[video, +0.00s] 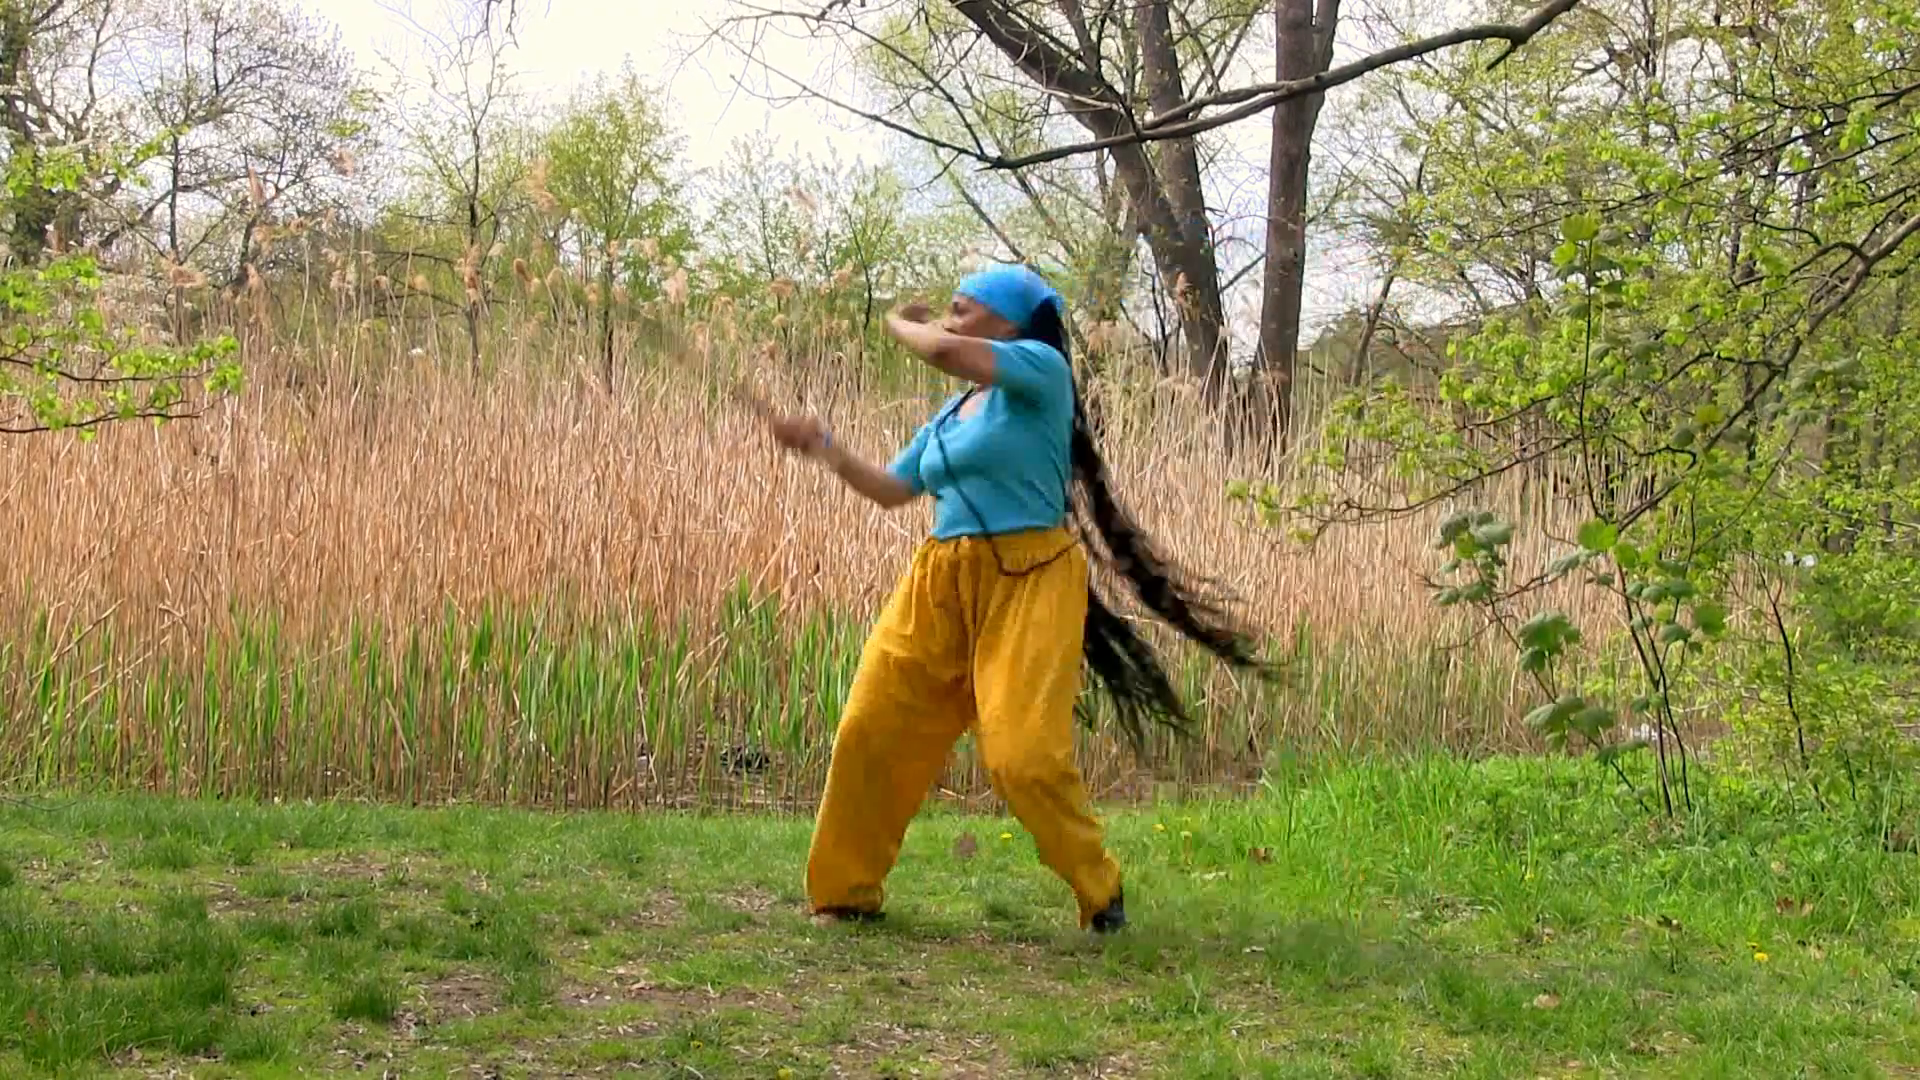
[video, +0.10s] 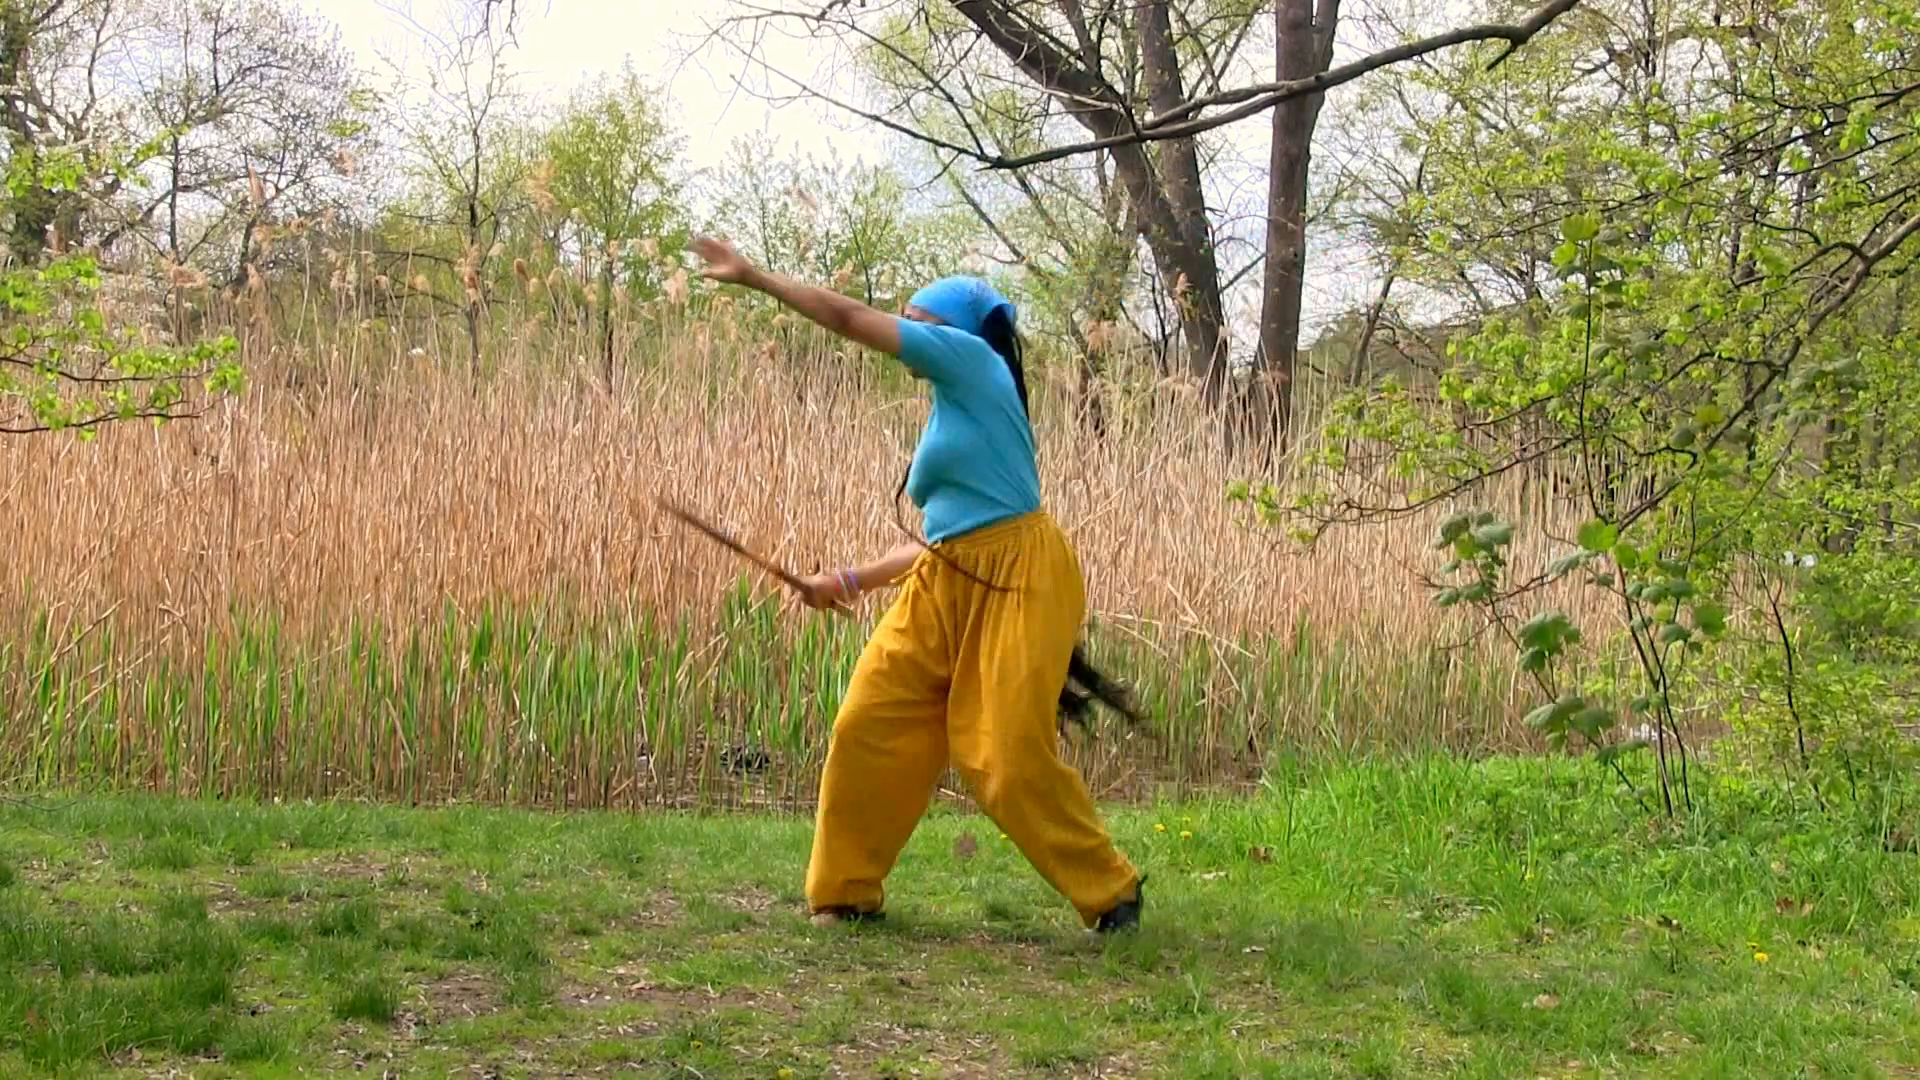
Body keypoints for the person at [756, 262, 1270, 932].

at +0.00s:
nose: (950, 319)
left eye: (967, 308)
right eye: (953, 308)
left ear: (1012, 322)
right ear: (962, 322)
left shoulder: (1042, 369)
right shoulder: (952, 415)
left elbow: (945, 349)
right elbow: (891, 489)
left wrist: (903, 325)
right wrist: (826, 448)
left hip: (1030, 578)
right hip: (941, 578)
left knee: (1021, 757)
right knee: (869, 727)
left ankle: (1099, 888)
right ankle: (850, 895)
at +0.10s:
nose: (913, 336)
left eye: (927, 325)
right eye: (915, 327)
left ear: (966, 329)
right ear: (957, 333)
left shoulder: (978, 365)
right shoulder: (950, 413)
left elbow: (849, 318)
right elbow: (934, 544)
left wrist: (753, 274)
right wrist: (849, 580)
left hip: (1020, 571)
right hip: (946, 577)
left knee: (1002, 752)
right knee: (866, 726)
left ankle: (1112, 890)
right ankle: (850, 896)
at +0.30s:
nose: (864, 385)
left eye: (872, 367)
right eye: (860, 371)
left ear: (909, 353)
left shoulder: (942, 374)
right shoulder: (911, 437)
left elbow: (868, 354)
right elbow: (913, 562)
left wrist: (758, 369)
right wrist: (845, 619)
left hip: (996, 552)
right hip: (920, 582)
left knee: (1037, 731)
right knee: (857, 739)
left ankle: (1127, 892)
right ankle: (857, 897)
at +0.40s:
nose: (842, 366)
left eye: (854, 353)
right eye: (842, 357)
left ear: (898, 355)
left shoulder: (947, 367)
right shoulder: (878, 467)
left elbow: (935, 380)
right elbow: (835, 547)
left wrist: (831, 408)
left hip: (996, 549)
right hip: (908, 579)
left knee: (1037, 731)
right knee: (854, 743)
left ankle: (1113, 886)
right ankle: (860, 897)